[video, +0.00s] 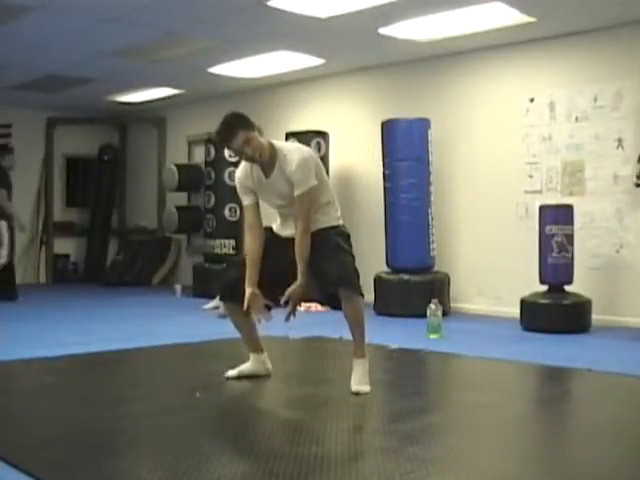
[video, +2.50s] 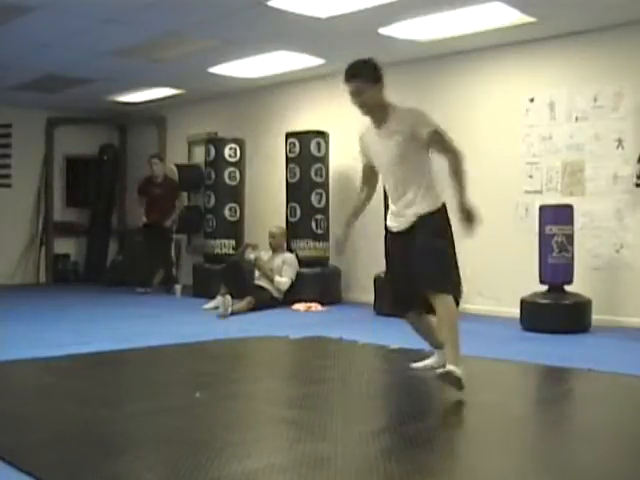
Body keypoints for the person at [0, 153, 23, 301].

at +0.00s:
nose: (14, 161)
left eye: (13, 157)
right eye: (11, 157)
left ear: (7, 158)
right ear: (4, 158)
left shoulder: (6, 175)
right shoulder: (3, 175)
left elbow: (5, 201)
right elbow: (4, 201)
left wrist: (16, 218)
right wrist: (17, 219)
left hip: (7, 221)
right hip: (4, 222)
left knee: (8, 255)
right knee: (5, 255)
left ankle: (8, 288)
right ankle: (6, 289)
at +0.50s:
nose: (53, 162)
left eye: (52, 159)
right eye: (51, 159)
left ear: (39, 160)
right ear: (46, 160)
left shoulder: (33, 177)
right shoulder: (48, 176)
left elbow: (33, 206)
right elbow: (50, 204)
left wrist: (35, 224)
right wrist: (54, 227)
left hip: (36, 224)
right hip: (47, 224)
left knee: (32, 255)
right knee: (55, 256)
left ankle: (18, 285)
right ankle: (56, 289)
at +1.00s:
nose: (90, 167)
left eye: (89, 163)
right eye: (87, 164)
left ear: (75, 165)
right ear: (81, 165)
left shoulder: (70, 180)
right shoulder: (83, 179)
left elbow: (70, 203)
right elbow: (88, 201)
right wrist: (99, 217)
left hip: (73, 219)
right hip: (83, 219)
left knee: (80, 255)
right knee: (82, 256)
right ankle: (63, 287)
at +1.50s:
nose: (122, 164)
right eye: (121, 161)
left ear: (101, 158)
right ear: (115, 160)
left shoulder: (95, 174)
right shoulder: (113, 177)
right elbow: (115, 204)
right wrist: (126, 218)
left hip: (97, 218)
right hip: (113, 219)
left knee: (96, 252)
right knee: (127, 255)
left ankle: (92, 286)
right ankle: (137, 287)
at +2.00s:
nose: (145, 164)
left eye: (144, 161)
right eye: (142, 162)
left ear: (139, 163)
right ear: (137, 163)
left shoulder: (145, 178)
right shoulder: (135, 178)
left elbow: (150, 201)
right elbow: (130, 203)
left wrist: (154, 216)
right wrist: (145, 218)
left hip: (143, 220)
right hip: (135, 220)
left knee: (142, 253)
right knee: (137, 253)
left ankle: (141, 284)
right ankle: (137, 286)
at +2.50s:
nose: (154, 168)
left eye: (156, 164)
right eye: (152, 165)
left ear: (163, 165)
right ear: (149, 167)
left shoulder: (172, 184)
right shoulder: (146, 183)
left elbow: (178, 206)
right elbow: (141, 203)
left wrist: (170, 220)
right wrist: (142, 217)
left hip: (165, 224)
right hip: (149, 223)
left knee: (166, 256)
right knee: (149, 255)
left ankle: (168, 283)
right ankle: (148, 282)